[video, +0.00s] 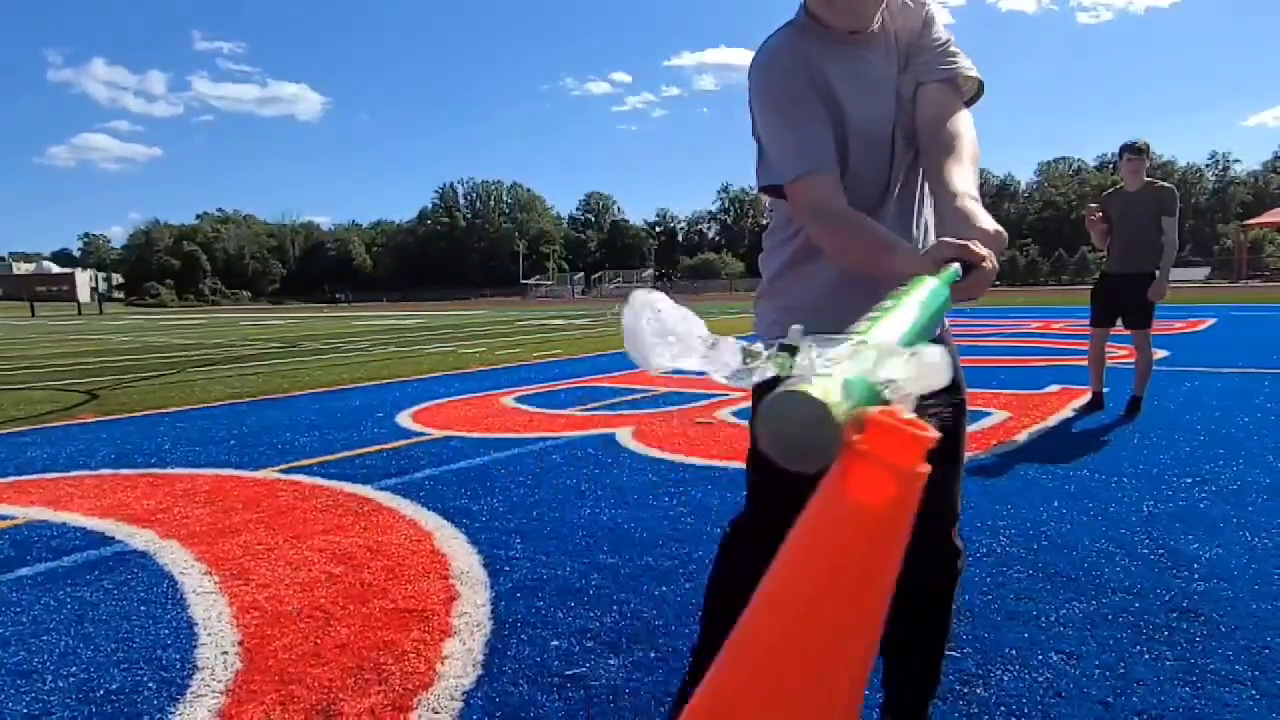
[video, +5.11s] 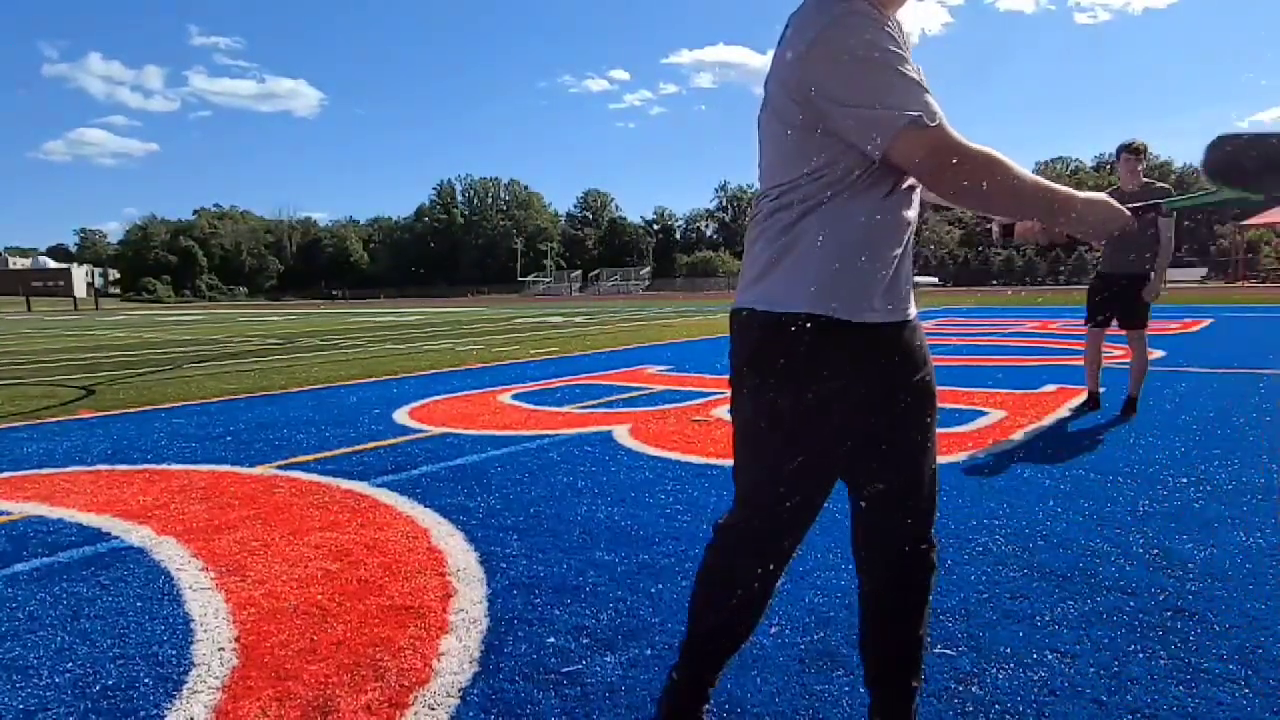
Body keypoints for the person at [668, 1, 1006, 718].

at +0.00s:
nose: (867, 0)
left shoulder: (916, 20)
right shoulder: (783, 62)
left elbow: (946, 122)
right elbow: (821, 211)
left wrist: (961, 202)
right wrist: (912, 265)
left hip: (914, 328)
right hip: (808, 336)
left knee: (930, 544)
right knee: (773, 534)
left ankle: (908, 706)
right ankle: (703, 702)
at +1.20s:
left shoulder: (910, 21)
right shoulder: (790, 51)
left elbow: (974, 127)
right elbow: (854, 190)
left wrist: (1052, 215)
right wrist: (1027, 248)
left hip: (904, 342)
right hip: (803, 351)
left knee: (919, 545)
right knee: (767, 540)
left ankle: (924, 693)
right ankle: (703, 686)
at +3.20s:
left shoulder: (902, 25)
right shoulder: (815, 36)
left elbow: (955, 140)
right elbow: (916, 175)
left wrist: (1084, 216)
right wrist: (1082, 226)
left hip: (896, 341)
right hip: (797, 345)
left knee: (909, 554)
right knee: (765, 534)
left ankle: (899, 708)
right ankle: (689, 699)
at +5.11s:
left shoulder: (860, 35)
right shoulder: (842, 29)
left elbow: (915, 174)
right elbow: (942, 160)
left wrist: (1011, 215)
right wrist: (1074, 204)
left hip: (881, 330)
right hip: (802, 331)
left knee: (900, 543)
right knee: (764, 530)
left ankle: (893, 708)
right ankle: (682, 702)